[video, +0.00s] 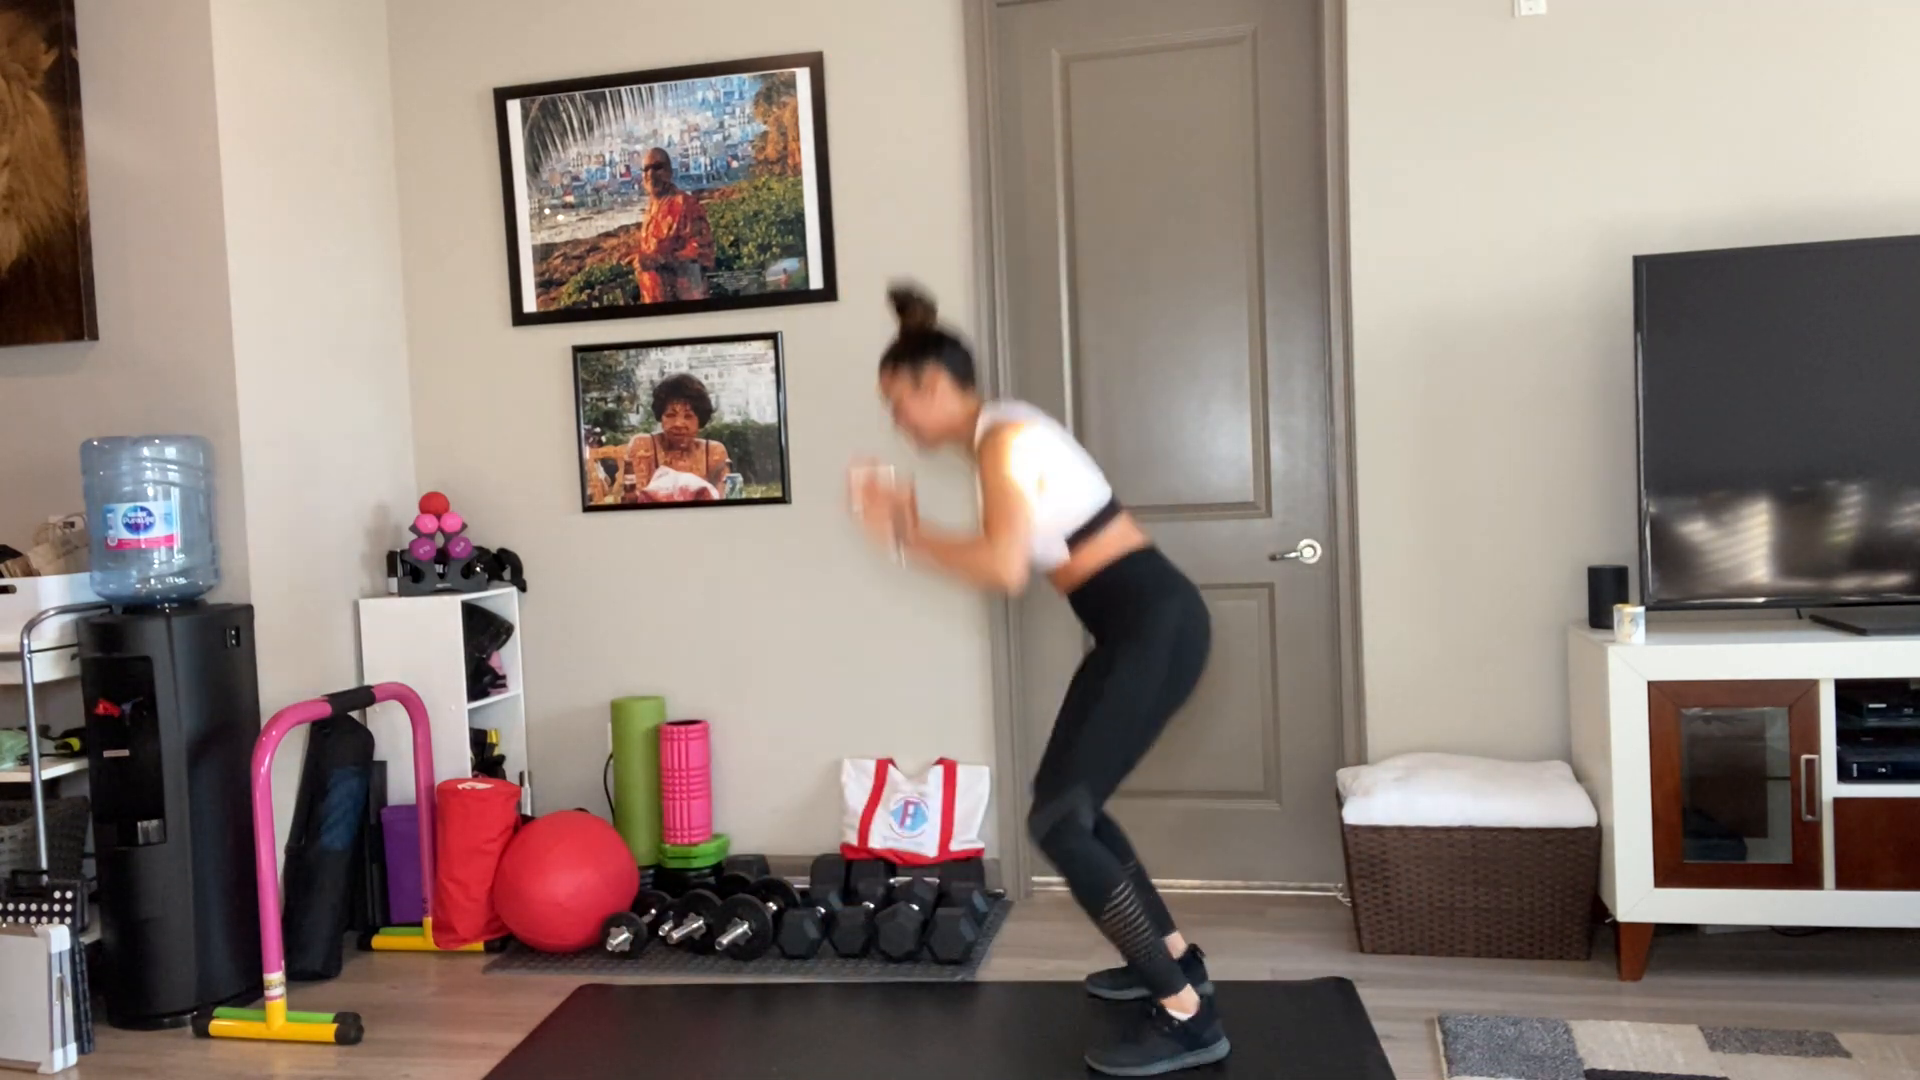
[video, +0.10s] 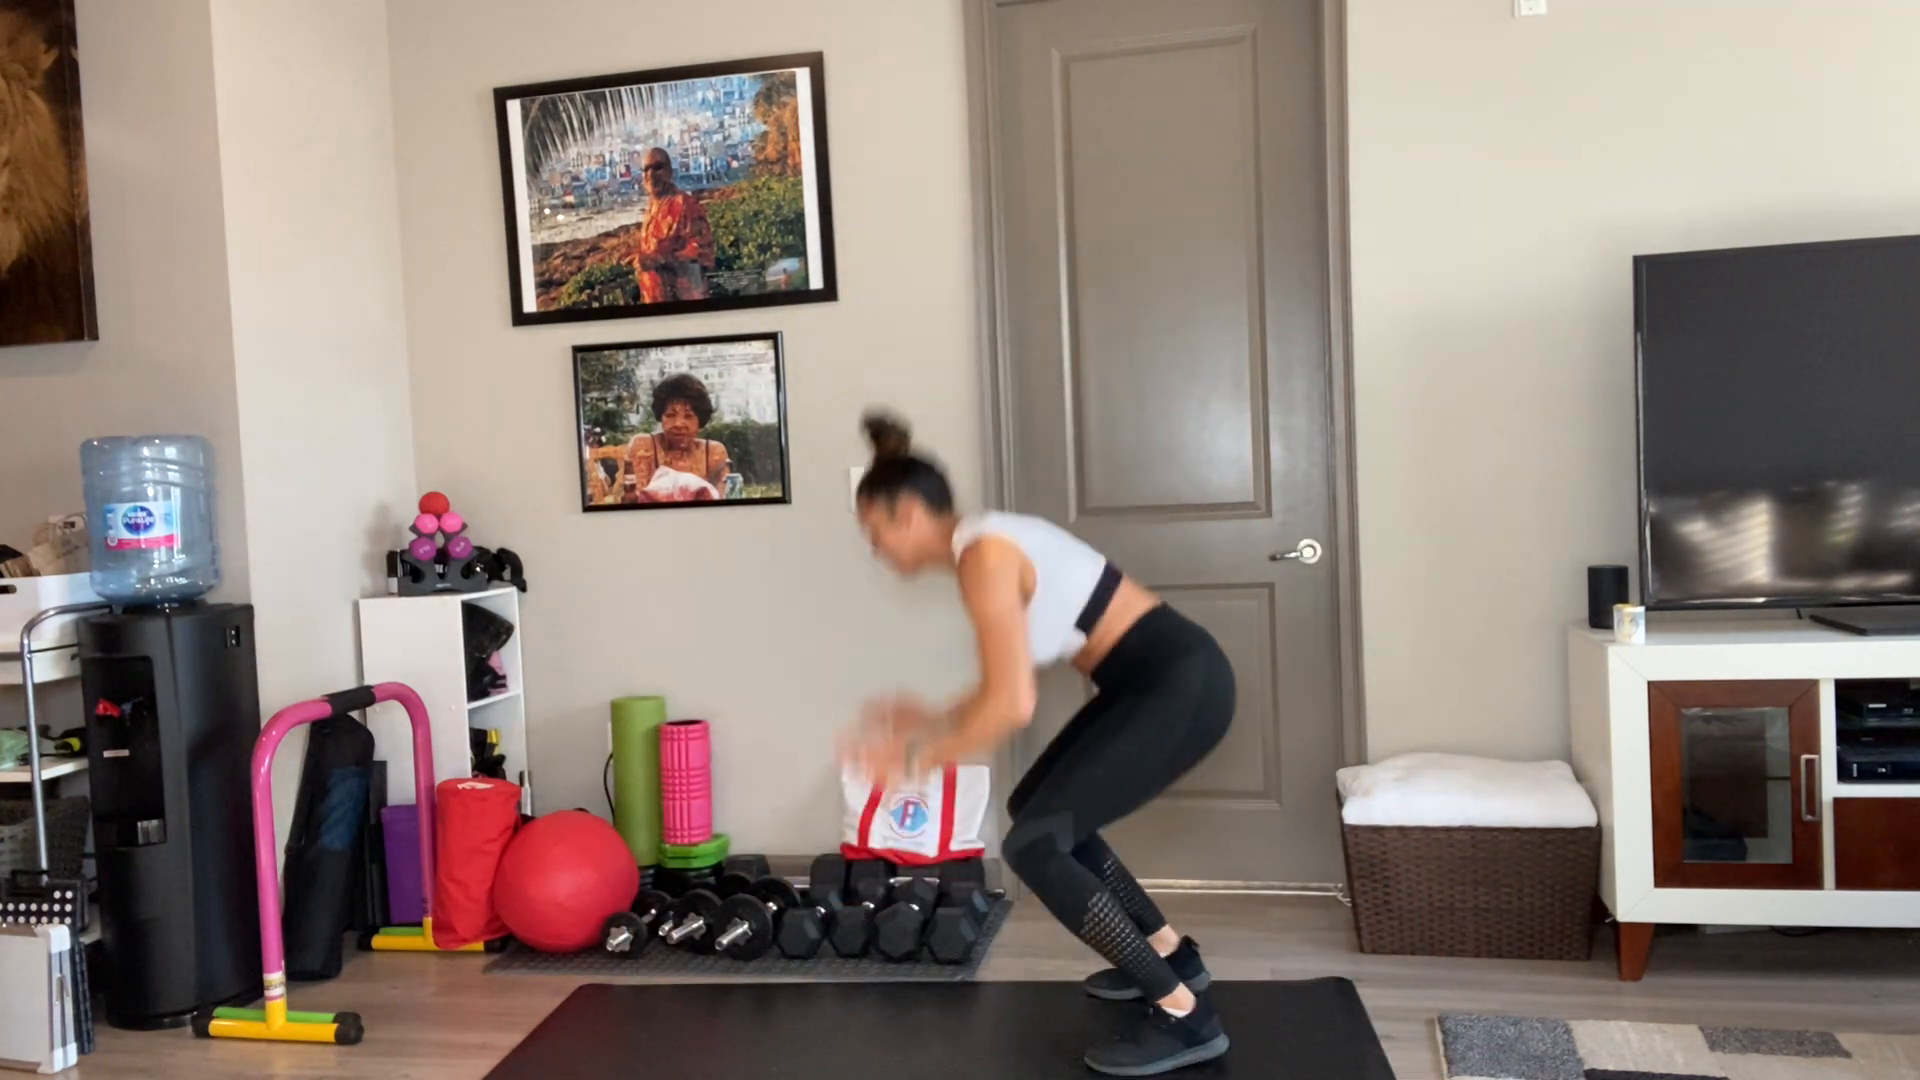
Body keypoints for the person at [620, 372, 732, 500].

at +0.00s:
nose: (679, 424)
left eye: (688, 416)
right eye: (670, 415)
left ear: (701, 420)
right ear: (660, 418)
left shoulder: (715, 451)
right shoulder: (642, 446)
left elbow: (720, 501)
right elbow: (638, 499)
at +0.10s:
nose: (679, 424)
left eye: (688, 416)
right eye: (670, 415)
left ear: (701, 420)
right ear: (660, 418)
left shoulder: (715, 451)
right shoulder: (641, 446)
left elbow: (721, 500)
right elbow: (634, 499)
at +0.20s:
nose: (679, 424)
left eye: (688, 416)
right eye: (670, 415)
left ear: (700, 420)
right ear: (660, 417)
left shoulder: (714, 451)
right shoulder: (641, 446)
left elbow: (721, 499)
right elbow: (634, 499)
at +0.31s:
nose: (679, 424)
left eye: (688, 416)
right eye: (670, 415)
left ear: (700, 420)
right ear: (660, 417)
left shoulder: (714, 451)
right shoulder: (641, 446)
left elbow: (721, 499)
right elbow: (632, 499)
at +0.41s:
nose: (679, 424)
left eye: (688, 416)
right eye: (670, 415)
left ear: (700, 420)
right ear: (660, 417)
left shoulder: (714, 451)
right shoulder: (641, 446)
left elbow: (721, 499)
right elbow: (632, 499)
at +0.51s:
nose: (679, 424)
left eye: (688, 416)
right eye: (670, 415)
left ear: (700, 420)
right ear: (660, 417)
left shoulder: (714, 451)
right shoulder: (641, 446)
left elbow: (721, 499)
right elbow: (632, 499)